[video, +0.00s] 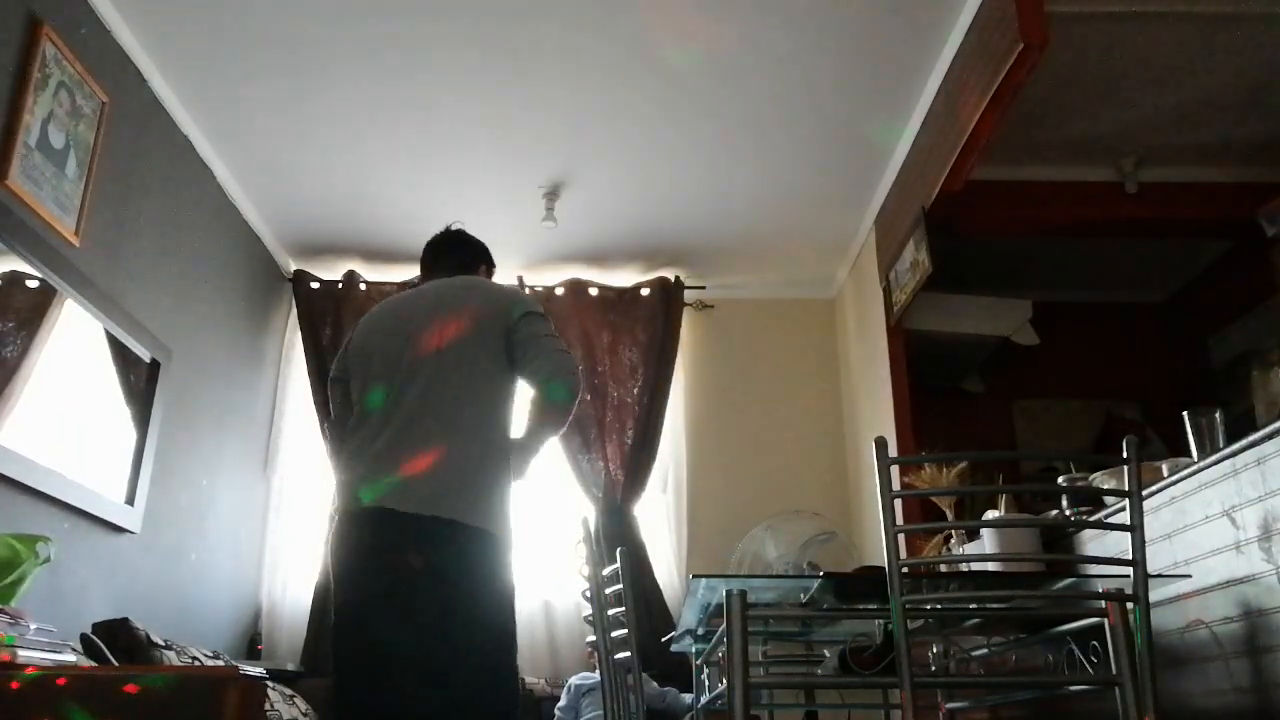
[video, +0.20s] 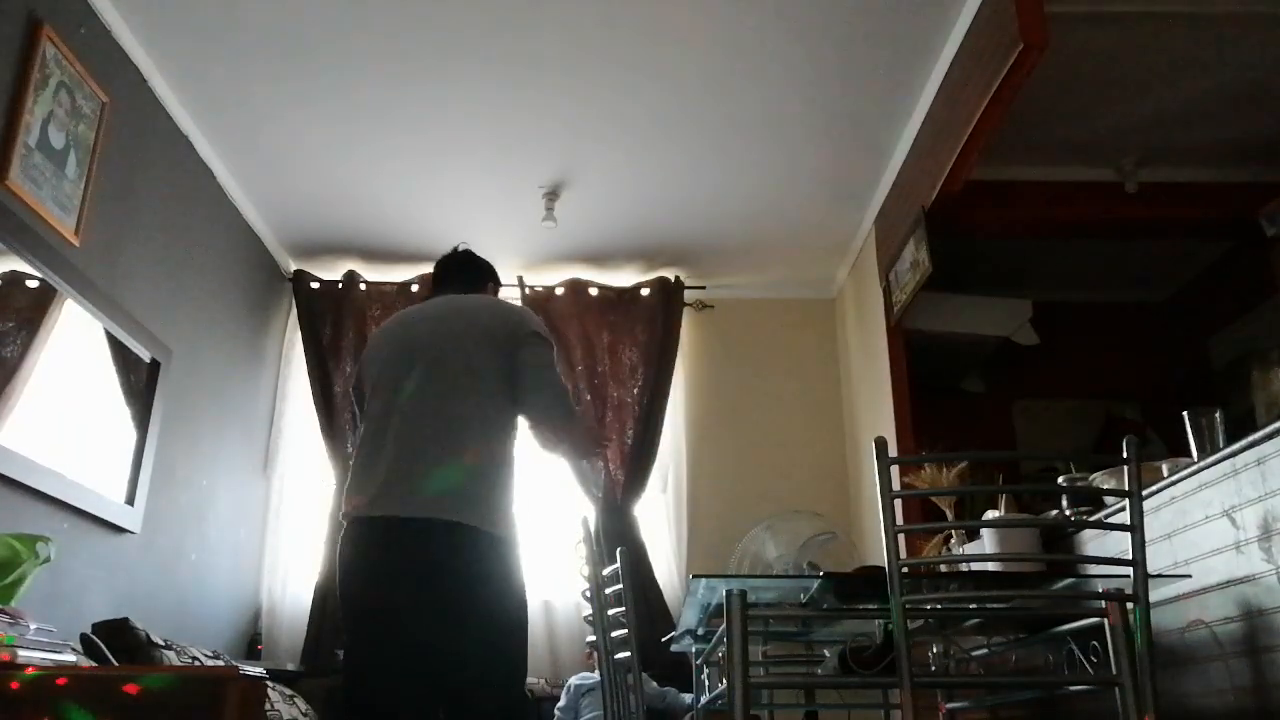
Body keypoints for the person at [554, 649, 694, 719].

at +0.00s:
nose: (605, 655)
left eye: (611, 649)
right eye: (599, 650)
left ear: (621, 652)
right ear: (591, 656)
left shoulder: (636, 679)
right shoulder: (578, 683)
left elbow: (670, 700)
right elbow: (562, 716)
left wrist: (702, 699)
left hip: (632, 715)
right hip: (593, 716)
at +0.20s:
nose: (607, 655)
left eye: (612, 650)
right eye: (600, 650)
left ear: (620, 652)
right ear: (591, 656)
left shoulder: (637, 680)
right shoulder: (578, 684)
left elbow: (666, 698)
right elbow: (562, 715)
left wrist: (698, 699)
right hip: (592, 714)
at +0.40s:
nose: (606, 654)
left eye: (611, 648)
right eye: (600, 649)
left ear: (618, 652)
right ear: (590, 656)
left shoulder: (636, 680)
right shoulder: (577, 685)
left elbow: (665, 698)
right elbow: (561, 716)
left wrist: (698, 700)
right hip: (593, 715)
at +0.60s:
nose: (609, 655)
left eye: (613, 650)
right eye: (602, 651)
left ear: (622, 652)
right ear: (590, 656)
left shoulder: (635, 679)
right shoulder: (577, 685)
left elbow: (665, 698)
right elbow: (569, 714)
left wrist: (699, 700)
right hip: (592, 716)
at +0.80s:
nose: (600, 654)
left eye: (604, 649)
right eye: (595, 649)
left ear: (616, 652)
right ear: (590, 656)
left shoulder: (636, 680)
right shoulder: (578, 685)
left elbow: (667, 699)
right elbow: (561, 715)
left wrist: (700, 700)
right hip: (593, 715)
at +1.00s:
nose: (602, 655)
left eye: (606, 649)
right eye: (597, 650)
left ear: (617, 651)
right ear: (591, 656)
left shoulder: (636, 680)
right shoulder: (578, 685)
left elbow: (666, 698)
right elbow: (561, 715)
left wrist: (698, 699)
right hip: (593, 715)